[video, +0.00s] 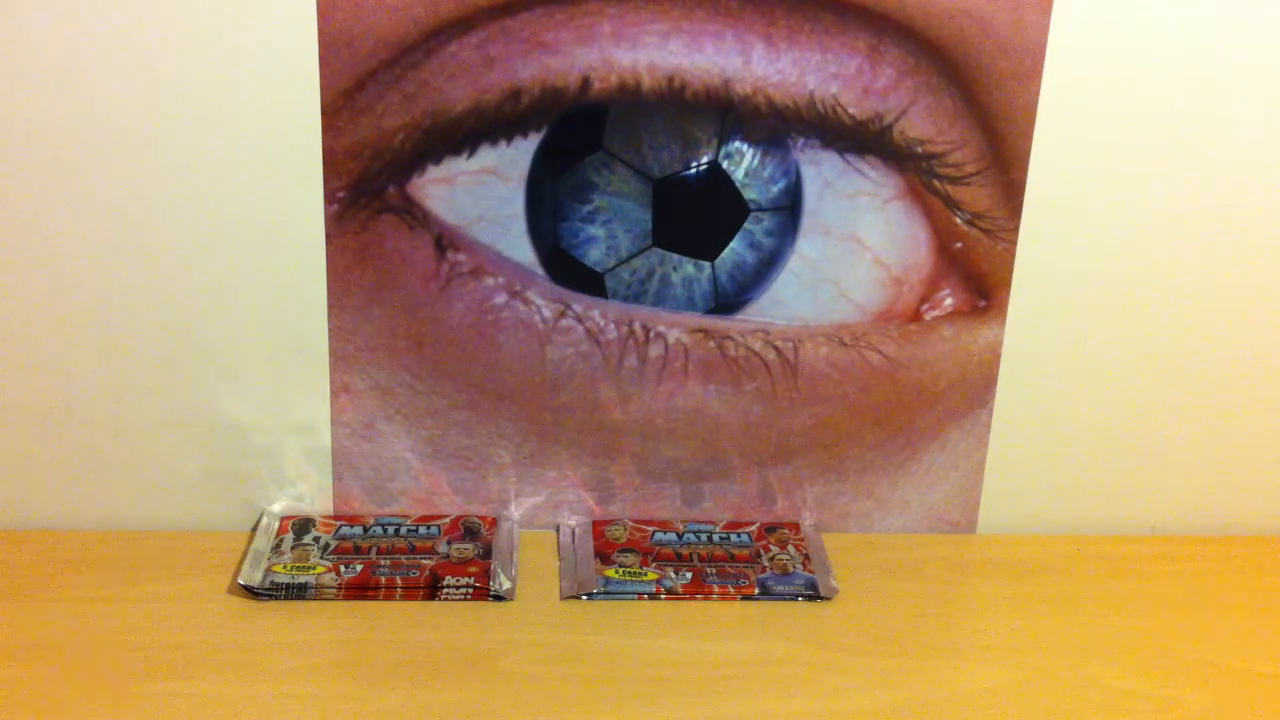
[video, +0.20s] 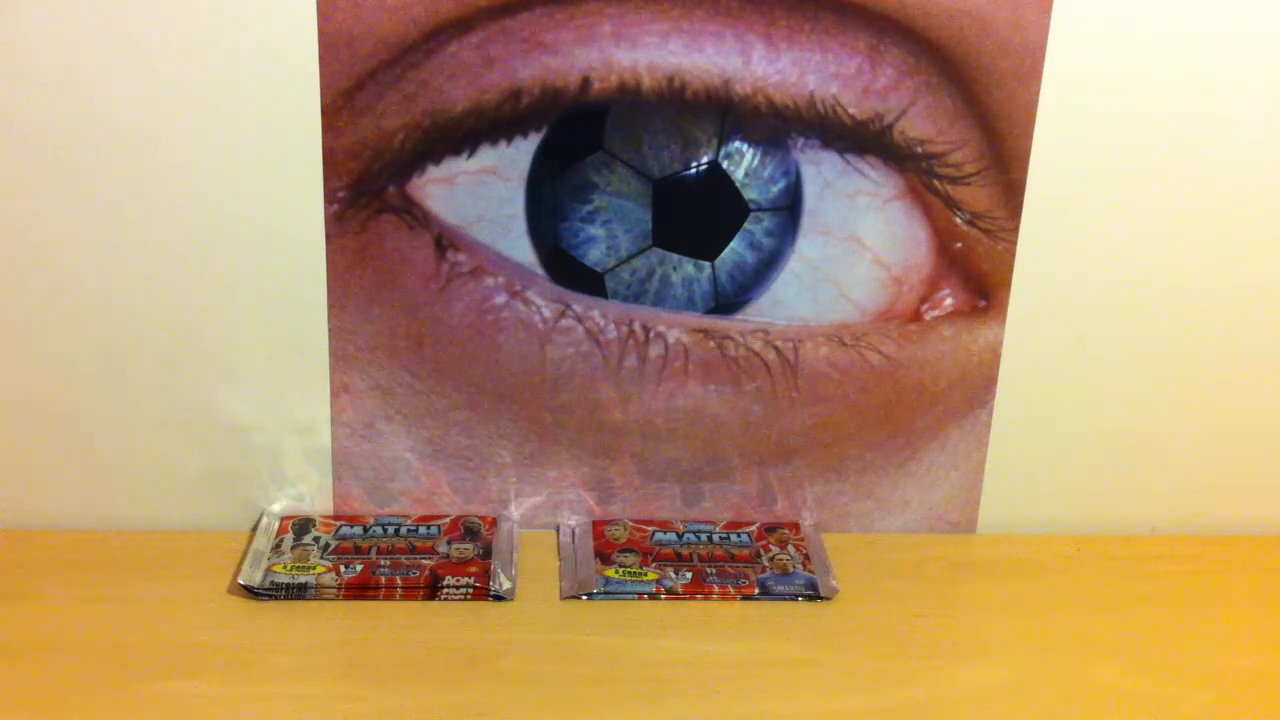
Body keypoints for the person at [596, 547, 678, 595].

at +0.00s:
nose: (621, 560)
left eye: (626, 557)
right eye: (619, 557)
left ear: (638, 558)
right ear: (616, 558)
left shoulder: (651, 573)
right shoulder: (609, 571)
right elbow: (597, 589)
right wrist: (597, 574)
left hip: (641, 606)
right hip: (612, 605)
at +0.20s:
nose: (621, 560)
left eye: (626, 557)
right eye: (619, 557)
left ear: (638, 558)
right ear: (616, 558)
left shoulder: (651, 573)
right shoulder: (609, 571)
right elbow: (597, 589)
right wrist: (596, 574)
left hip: (641, 606)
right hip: (612, 605)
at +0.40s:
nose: (621, 560)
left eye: (626, 557)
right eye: (619, 557)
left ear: (638, 558)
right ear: (616, 558)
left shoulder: (651, 573)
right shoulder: (609, 571)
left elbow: (674, 589)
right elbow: (596, 589)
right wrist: (597, 574)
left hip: (640, 606)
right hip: (612, 605)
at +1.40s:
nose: (621, 560)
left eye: (626, 557)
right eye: (619, 557)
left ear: (638, 558)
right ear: (616, 558)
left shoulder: (650, 573)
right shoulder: (610, 571)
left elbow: (665, 582)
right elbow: (597, 586)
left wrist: (672, 588)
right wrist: (597, 574)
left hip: (642, 604)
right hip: (614, 604)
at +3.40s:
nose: (621, 560)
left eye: (626, 557)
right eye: (619, 557)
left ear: (638, 558)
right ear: (616, 558)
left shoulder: (651, 573)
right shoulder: (610, 572)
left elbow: (668, 585)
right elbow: (597, 588)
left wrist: (674, 588)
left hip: (641, 606)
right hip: (612, 606)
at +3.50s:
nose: (621, 560)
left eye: (626, 557)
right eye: (619, 557)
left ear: (638, 558)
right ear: (616, 558)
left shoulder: (651, 573)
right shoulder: (609, 572)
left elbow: (669, 586)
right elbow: (597, 587)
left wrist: (675, 589)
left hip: (642, 606)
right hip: (613, 606)